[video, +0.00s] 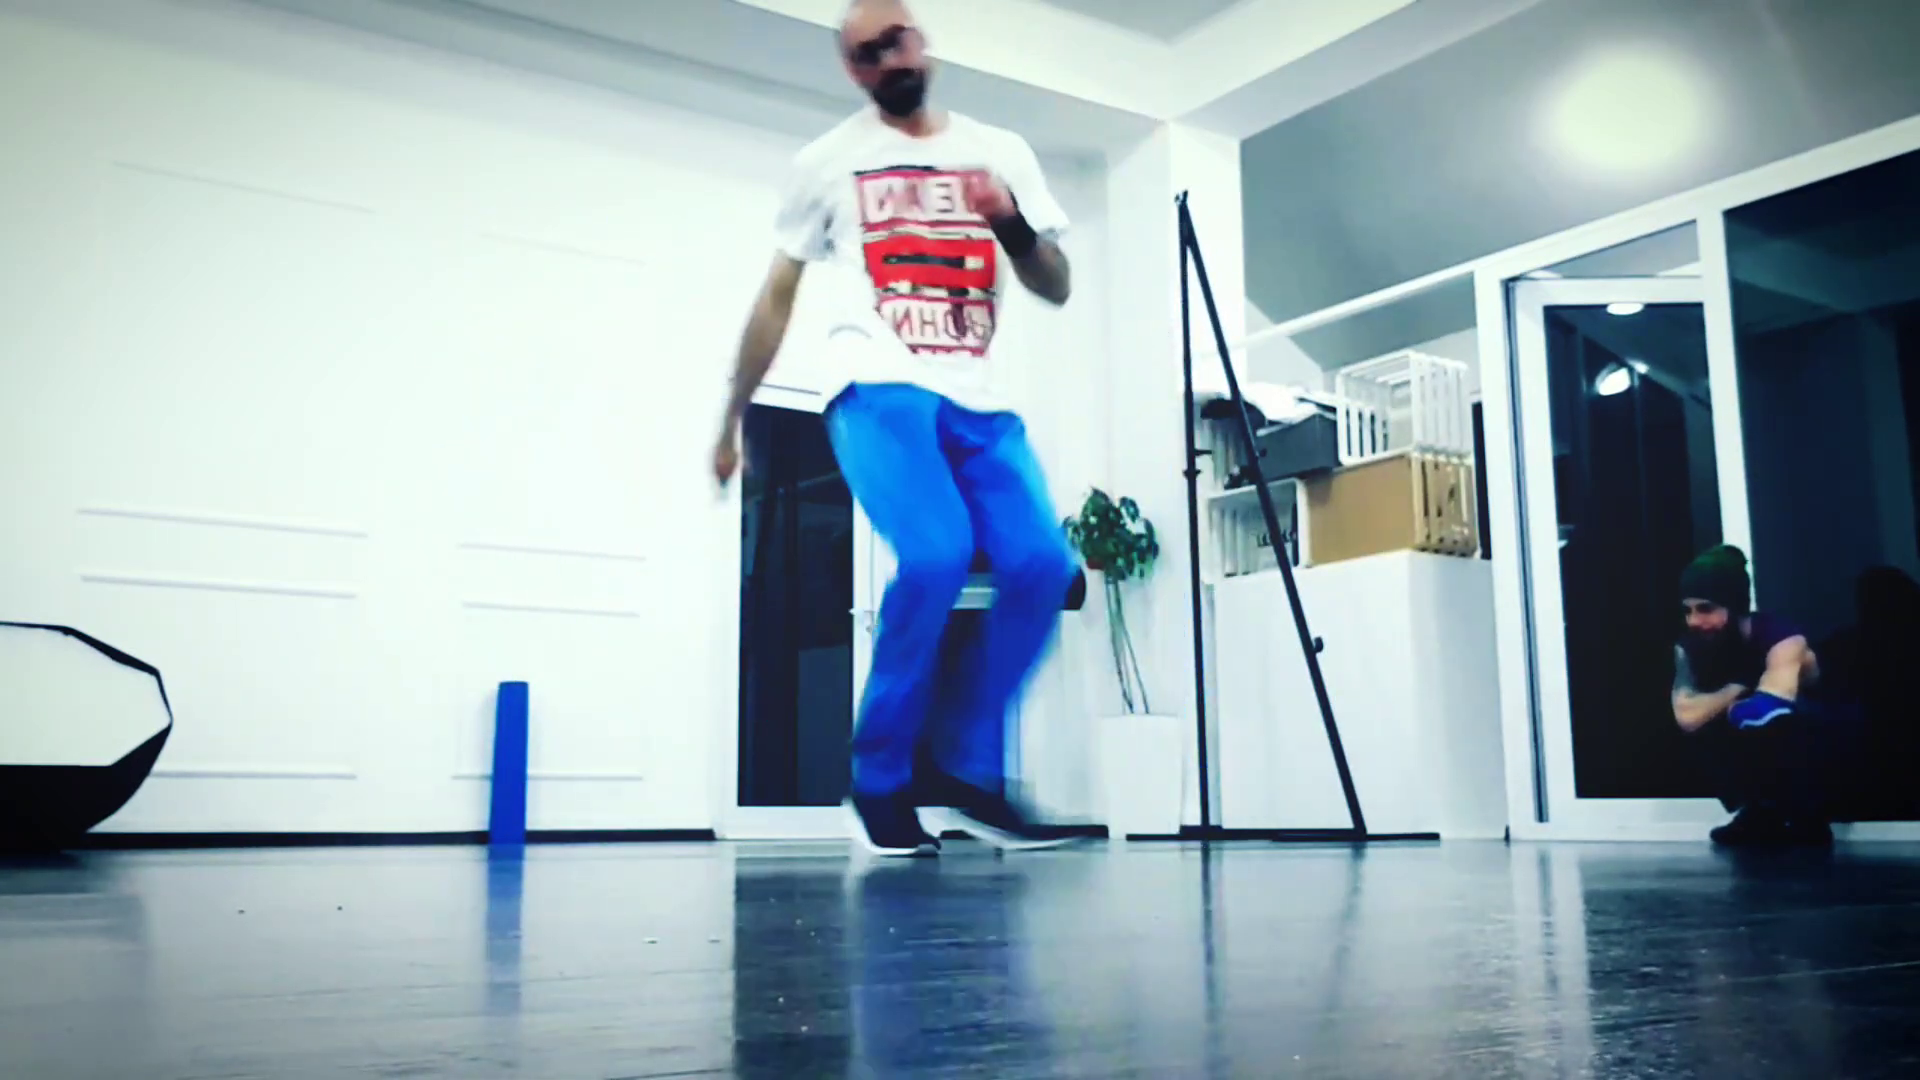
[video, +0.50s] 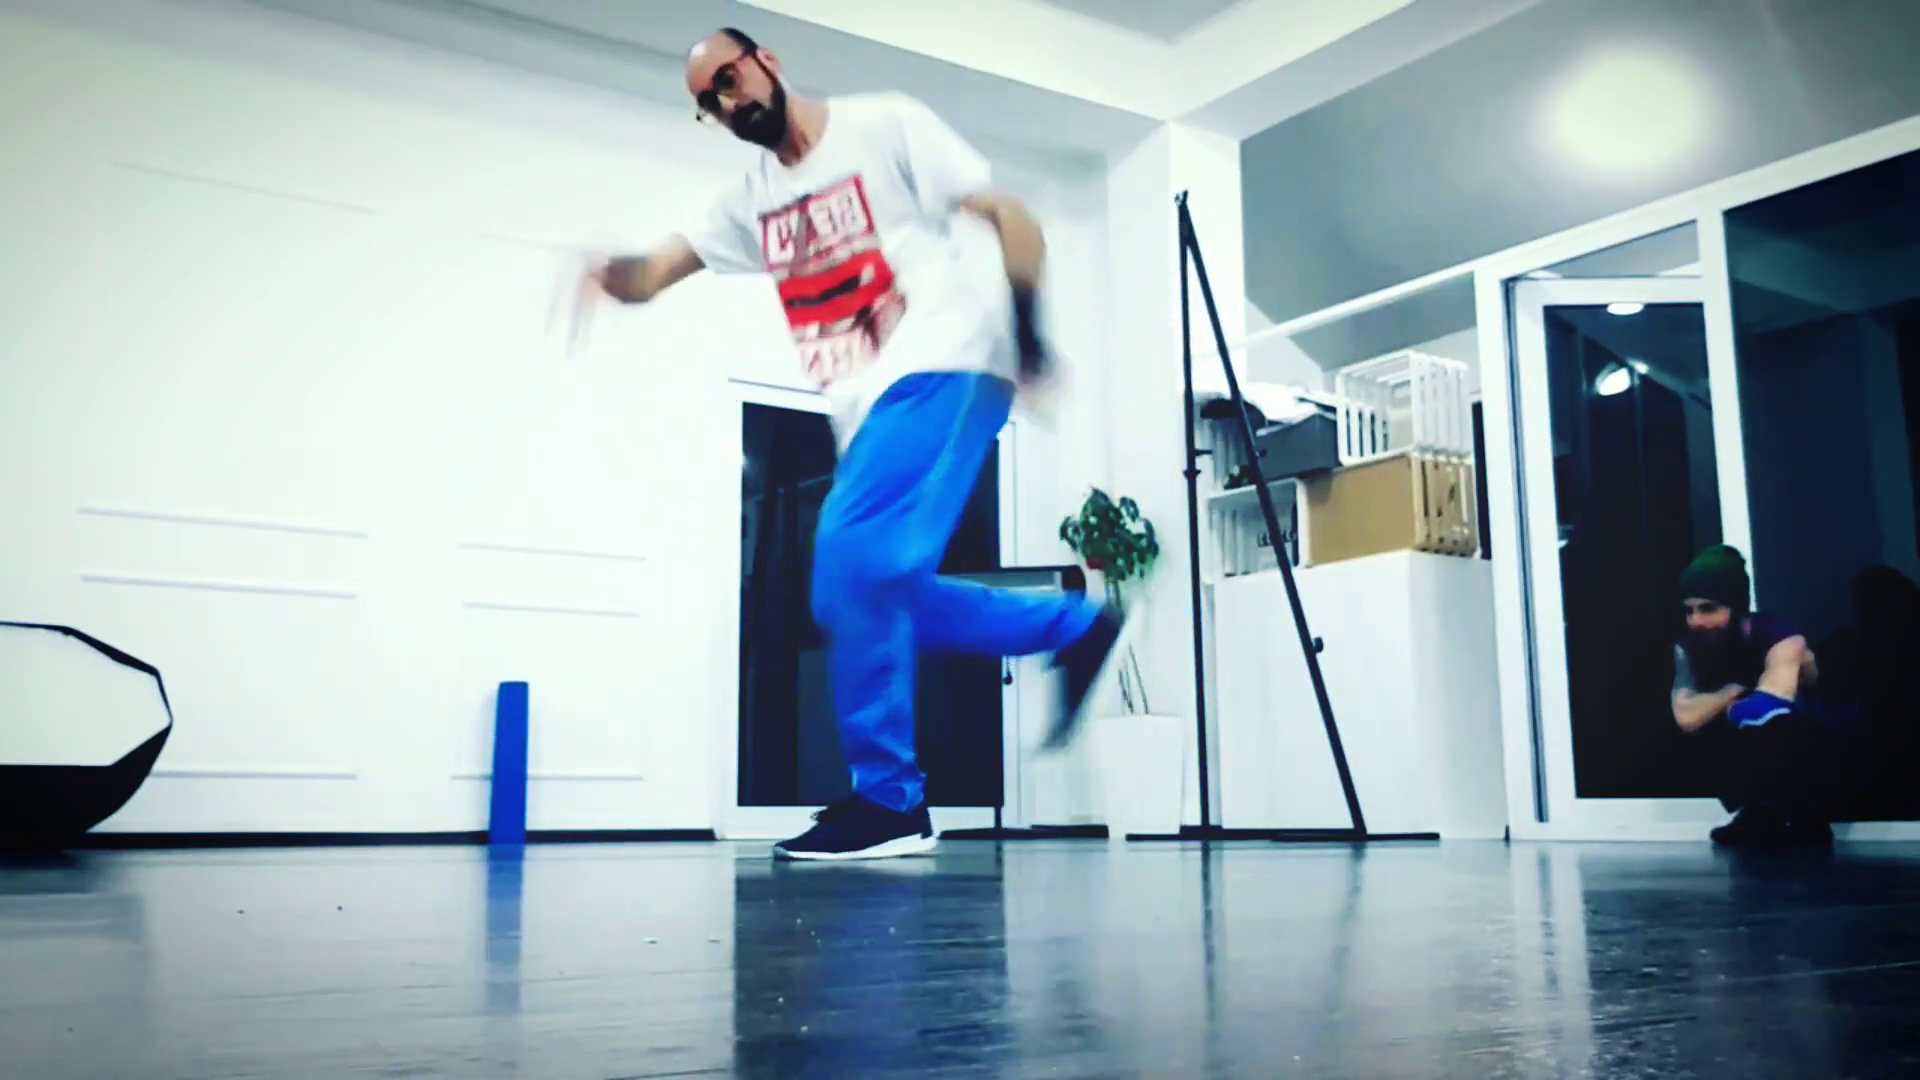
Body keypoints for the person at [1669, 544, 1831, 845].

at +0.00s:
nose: (1694, 622)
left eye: (1705, 610)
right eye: (1688, 611)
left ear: (1734, 606)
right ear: (1682, 610)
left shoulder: (1780, 636)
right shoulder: (1688, 650)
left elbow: (1772, 706)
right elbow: (1687, 716)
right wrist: (1735, 690)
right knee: (1703, 727)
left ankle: (1804, 821)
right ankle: (1755, 813)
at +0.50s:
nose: (1696, 621)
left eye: (1708, 609)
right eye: (1689, 611)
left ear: (1735, 606)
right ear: (1683, 611)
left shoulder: (1777, 637)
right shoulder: (1687, 650)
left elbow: (1773, 704)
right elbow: (1686, 717)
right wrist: (1732, 693)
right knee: (1704, 726)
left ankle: (1803, 820)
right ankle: (1754, 813)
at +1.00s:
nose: (1697, 622)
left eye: (1708, 610)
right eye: (1690, 612)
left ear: (1737, 607)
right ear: (1684, 613)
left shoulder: (1780, 638)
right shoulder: (1689, 653)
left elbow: (1776, 699)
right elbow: (1687, 717)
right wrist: (1733, 692)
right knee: (1710, 727)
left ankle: (1805, 820)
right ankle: (1756, 813)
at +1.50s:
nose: (1696, 623)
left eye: (1707, 611)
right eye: (1689, 612)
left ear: (1736, 608)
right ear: (1683, 613)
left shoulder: (1781, 638)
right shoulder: (1689, 651)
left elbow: (1775, 700)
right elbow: (1687, 716)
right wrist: (1730, 693)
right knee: (1710, 726)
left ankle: (1804, 820)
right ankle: (1756, 813)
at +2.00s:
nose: (1697, 625)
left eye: (1708, 613)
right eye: (1690, 614)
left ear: (1738, 610)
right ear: (1685, 615)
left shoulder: (1782, 639)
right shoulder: (1690, 653)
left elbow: (1775, 700)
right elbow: (1687, 716)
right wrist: (1733, 692)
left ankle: (1804, 820)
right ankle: (1756, 813)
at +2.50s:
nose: (1698, 623)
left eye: (1709, 611)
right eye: (1691, 612)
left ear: (1737, 609)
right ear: (1685, 612)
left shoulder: (1780, 639)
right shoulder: (1690, 651)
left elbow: (1776, 699)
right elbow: (1687, 716)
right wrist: (1734, 691)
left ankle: (1805, 820)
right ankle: (1756, 813)